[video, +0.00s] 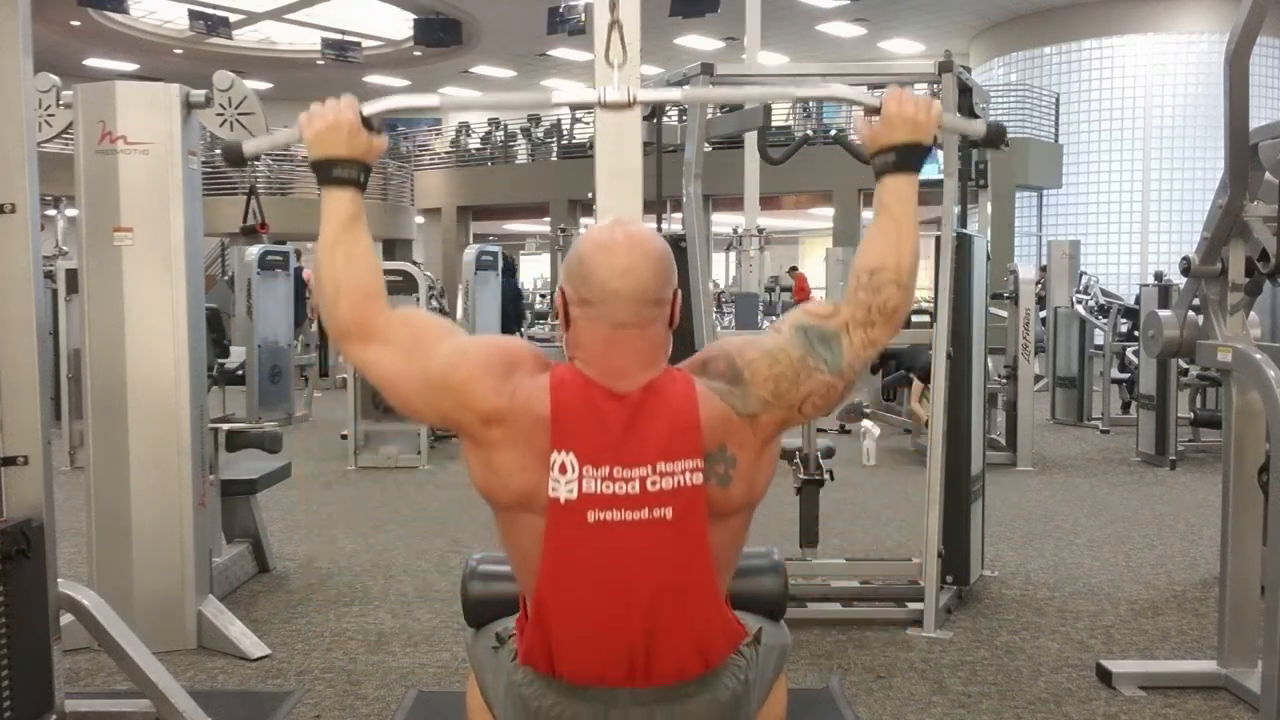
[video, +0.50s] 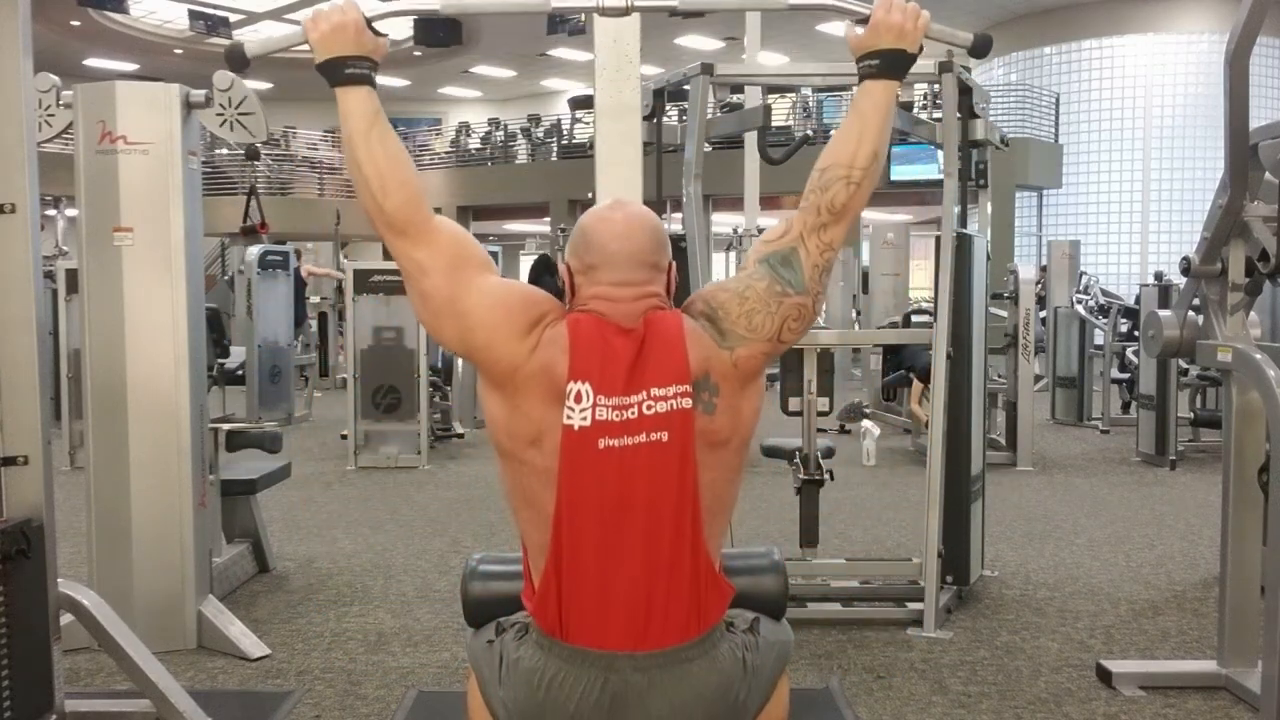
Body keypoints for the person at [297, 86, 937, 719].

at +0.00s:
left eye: (565, 286)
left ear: (564, 311)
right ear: (672, 312)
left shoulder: (498, 388)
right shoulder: (744, 391)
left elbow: (356, 321)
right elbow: (873, 314)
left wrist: (339, 178)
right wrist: (901, 167)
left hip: (553, 693)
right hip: (707, 688)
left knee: (492, 646)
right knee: (768, 647)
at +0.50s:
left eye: (570, 264)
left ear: (568, 280)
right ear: (671, 281)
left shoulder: (515, 339)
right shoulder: (728, 343)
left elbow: (405, 222)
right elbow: (827, 214)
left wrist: (348, 70)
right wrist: (885, 67)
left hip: (556, 682)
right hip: (697, 681)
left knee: (488, 667)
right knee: (769, 646)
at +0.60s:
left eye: (571, 263)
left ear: (568, 280)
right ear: (670, 281)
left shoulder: (515, 336)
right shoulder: (728, 340)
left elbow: (407, 215)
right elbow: (823, 213)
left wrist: (349, 65)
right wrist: (884, 66)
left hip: (555, 679)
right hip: (695, 680)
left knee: (488, 667)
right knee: (770, 648)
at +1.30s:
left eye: (568, 319)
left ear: (568, 342)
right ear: (683, 340)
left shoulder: (500, 430)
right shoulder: (756, 429)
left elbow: (344, 383)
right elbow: (902, 388)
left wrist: (326, 237)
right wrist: (917, 237)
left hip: (549, 693)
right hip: (703, 691)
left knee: (491, 630)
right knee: (769, 645)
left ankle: (484, 708)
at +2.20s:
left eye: (562, 389)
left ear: (562, 410)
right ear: (688, 414)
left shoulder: (484, 538)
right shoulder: (765, 540)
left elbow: (348, 631)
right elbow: (879, 632)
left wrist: (325, 481)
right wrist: (907, 485)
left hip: (534, 707)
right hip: (704, 711)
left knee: (486, 667)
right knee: (766, 642)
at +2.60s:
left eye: (563, 356)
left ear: (559, 378)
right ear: (680, 380)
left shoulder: (485, 494)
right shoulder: (756, 496)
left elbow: (336, 521)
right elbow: (896, 519)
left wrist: (325, 371)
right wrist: (909, 370)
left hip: (536, 703)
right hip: (711, 702)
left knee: (484, 611)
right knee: (768, 634)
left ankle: (478, 696)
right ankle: (782, 700)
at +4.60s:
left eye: (570, 371)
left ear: (570, 392)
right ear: (693, 396)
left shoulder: (490, 520)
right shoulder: (764, 520)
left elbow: (340, 565)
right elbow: (895, 564)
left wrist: (326, 417)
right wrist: (909, 418)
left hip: (536, 709)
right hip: (705, 707)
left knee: (482, 652)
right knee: (770, 639)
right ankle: (780, 706)